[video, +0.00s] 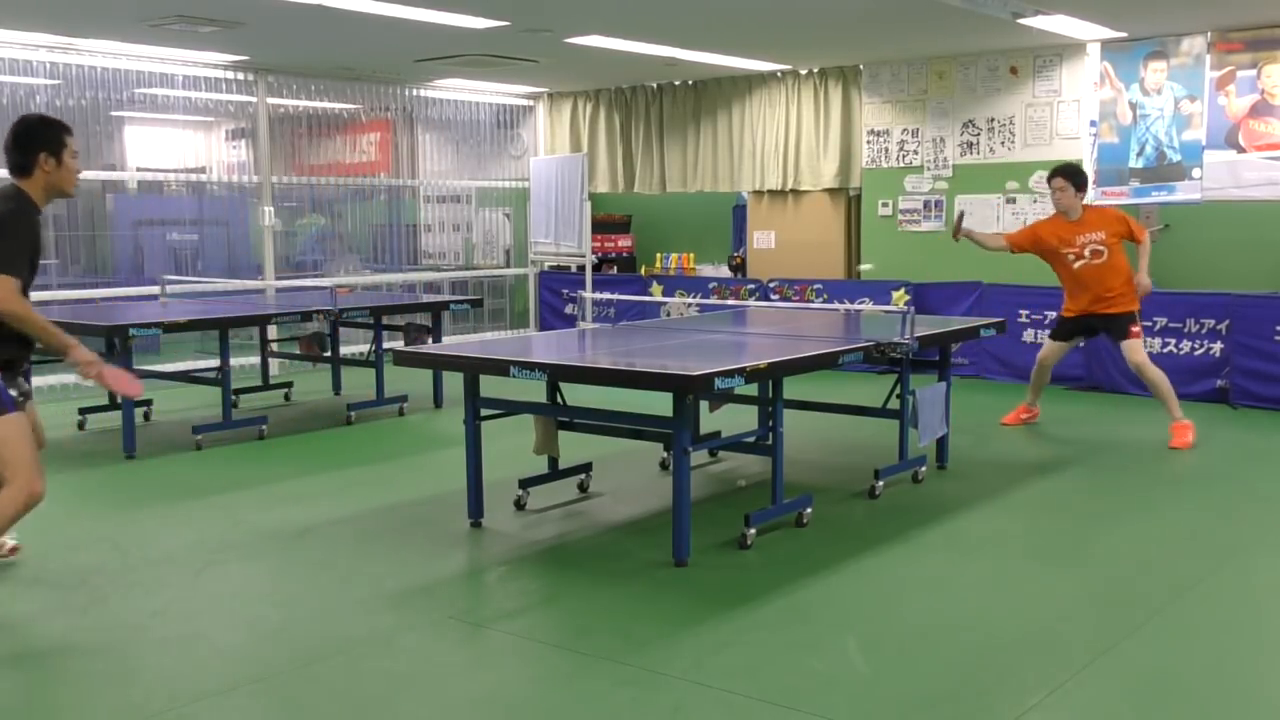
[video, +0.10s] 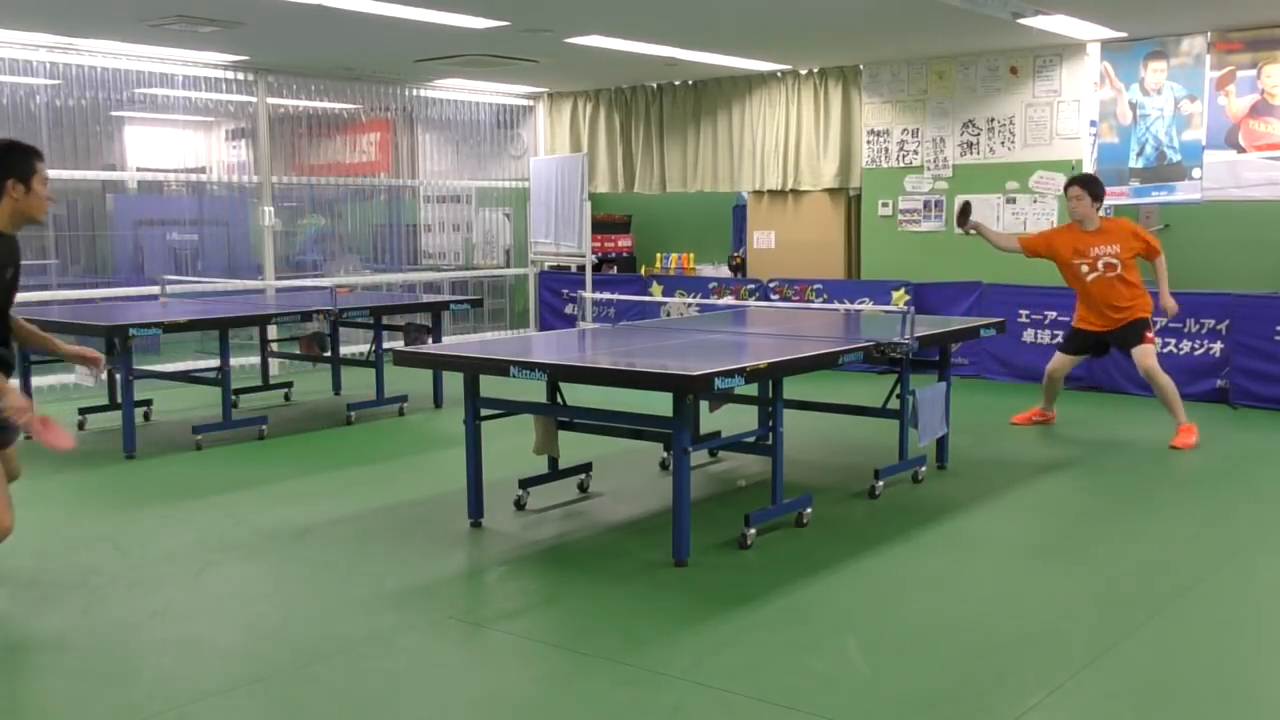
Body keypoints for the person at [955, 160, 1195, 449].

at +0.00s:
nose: (1054, 196)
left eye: (1060, 190)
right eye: (1052, 191)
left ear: (1079, 192)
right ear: (1051, 195)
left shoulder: (1109, 218)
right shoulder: (1044, 231)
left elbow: (1143, 236)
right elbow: (1002, 242)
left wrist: (1143, 272)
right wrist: (968, 233)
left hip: (1120, 307)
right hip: (1076, 311)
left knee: (1138, 361)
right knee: (1044, 359)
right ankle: (1030, 407)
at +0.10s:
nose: (1072, 205)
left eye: (1078, 199)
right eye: (1069, 200)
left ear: (1096, 201)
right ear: (1067, 204)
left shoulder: (1124, 229)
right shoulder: (1059, 238)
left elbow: (1156, 253)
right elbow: (1012, 242)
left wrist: (1165, 294)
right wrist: (977, 227)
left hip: (1131, 316)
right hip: (1089, 320)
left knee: (1147, 366)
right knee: (1053, 371)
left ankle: (1184, 425)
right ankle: (1046, 411)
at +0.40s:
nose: (1060, 183)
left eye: (1066, 178)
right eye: (1057, 178)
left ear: (1085, 180)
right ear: (1055, 181)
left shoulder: (1107, 217)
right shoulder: (1048, 217)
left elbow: (1134, 255)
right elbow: (1018, 248)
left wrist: (1124, 287)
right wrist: (993, 247)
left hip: (1103, 304)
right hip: (1064, 305)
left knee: (1126, 358)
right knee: (1036, 352)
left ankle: (1157, 420)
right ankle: (1044, 408)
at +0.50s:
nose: (1048, 177)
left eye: (1054, 171)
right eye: (1046, 172)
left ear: (1072, 173)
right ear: (1044, 175)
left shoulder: (1095, 208)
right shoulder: (1040, 209)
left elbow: (1121, 242)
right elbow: (1017, 245)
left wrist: (1101, 271)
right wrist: (996, 255)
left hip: (1094, 295)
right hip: (1057, 295)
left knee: (1107, 350)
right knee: (1026, 338)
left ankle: (1132, 411)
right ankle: (1033, 396)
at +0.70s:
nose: (1026, 198)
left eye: (1032, 193)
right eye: (1024, 193)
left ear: (1050, 195)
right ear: (1023, 195)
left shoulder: (1071, 227)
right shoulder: (1031, 232)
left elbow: (1097, 263)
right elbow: (1026, 270)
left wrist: (1072, 292)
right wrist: (1001, 288)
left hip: (1077, 309)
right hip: (1042, 308)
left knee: (1084, 363)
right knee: (1008, 350)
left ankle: (1120, 413)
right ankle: (1008, 402)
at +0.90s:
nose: (1011, 209)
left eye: (1015, 203)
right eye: (1009, 204)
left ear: (1033, 204)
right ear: (1010, 205)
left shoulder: (1055, 232)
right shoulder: (1025, 236)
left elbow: (1089, 267)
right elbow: (1030, 269)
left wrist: (1079, 304)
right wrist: (997, 272)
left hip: (1070, 311)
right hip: (1038, 310)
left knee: (1076, 360)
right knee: (1001, 347)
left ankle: (1114, 411)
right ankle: (1007, 401)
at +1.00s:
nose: (1019, 205)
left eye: (1023, 199)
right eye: (1017, 200)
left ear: (1041, 200)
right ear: (1019, 201)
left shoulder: (1062, 229)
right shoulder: (1025, 233)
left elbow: (1091, 265)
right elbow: (1002, 258)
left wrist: (1074, 299)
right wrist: (970, 251)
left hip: (1074, 309)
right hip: (1042, 308)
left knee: (1079, 361)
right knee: (1003, 344)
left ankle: (1115, 413)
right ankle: (1007, 401)